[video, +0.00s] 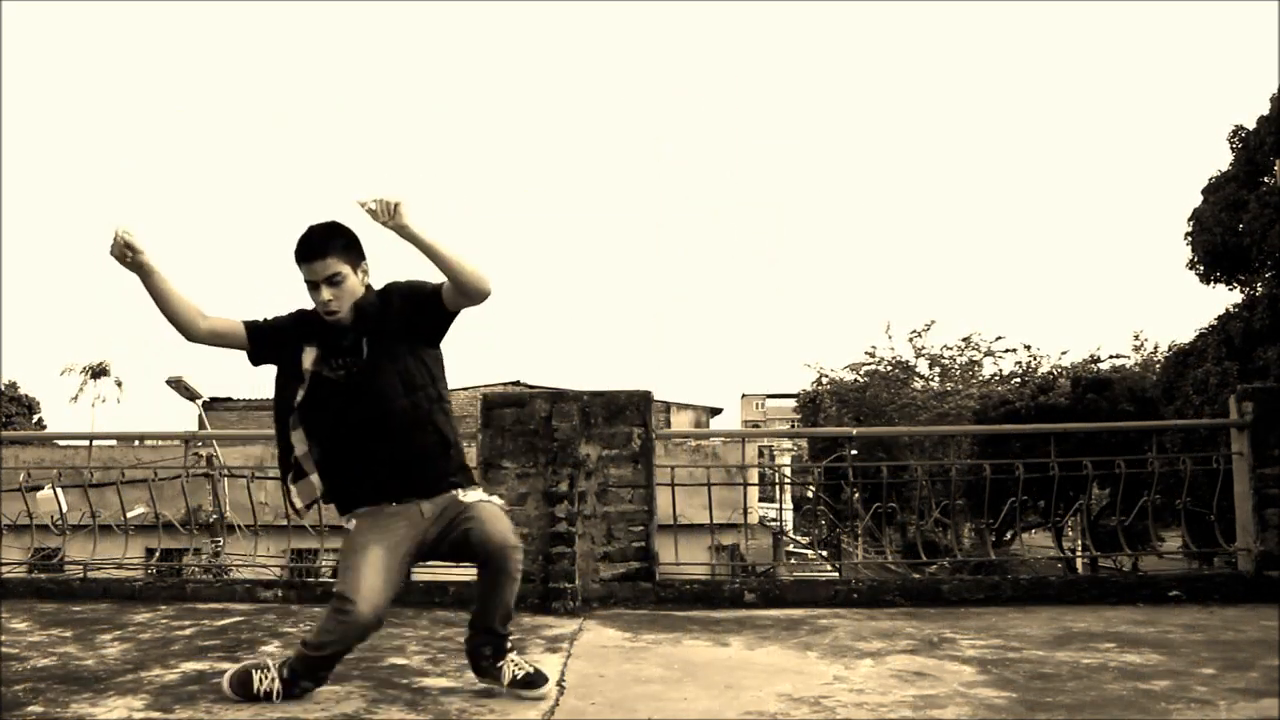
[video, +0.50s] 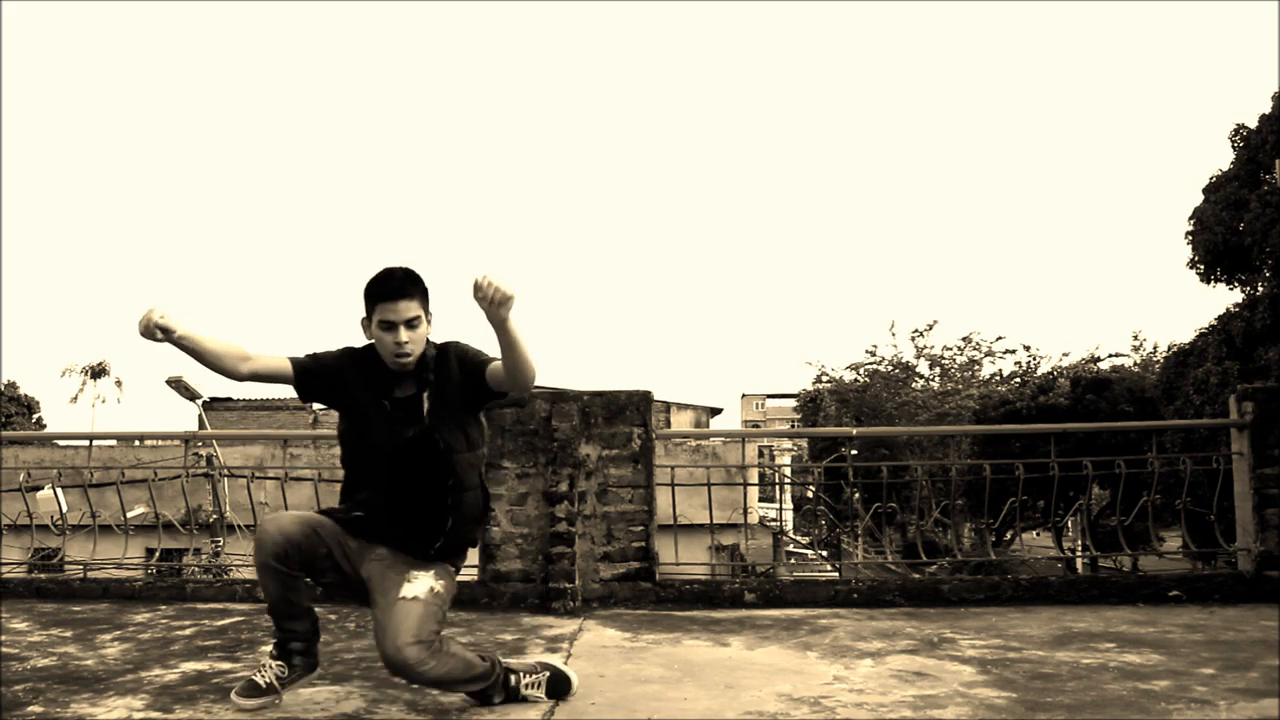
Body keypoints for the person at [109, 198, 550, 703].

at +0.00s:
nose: (324, 295)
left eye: (334, 281)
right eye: (313, 286)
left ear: (362, 271)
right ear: (303, 283)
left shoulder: (404, 305)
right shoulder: (295, 335)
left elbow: (475, 288)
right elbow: (198, 327)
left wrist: (409, 231)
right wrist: (144, 268)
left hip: (451, 497)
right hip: (377, 514)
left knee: (503, 541)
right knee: (360, 611)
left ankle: (490, 655)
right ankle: (292, 677)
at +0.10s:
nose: (363, 314)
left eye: (374, 300)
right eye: (354, 303)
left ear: (403, 294)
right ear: (346, 303)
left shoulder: (438, 334)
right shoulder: (334, 359)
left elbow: (509, 334)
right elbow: (228, 369)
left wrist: (446, 275)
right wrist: (181, 319)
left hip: (475, 532)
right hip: (411, 555)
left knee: (544, 543)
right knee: (424, 684)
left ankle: (523, 661)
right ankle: (310, 679)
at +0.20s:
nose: (398, 346)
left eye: (410, 332)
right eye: (386, 336)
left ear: (436, 332)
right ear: (376, 342)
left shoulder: (467, 378)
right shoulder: (361, 400)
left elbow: (540, 397)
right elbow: (264, 443)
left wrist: (486, 330)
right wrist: (214, 392)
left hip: (482, 559)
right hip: (419, 580)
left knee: (545, 549)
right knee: (424, 699)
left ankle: (523, 662)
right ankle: (308, 680)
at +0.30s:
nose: (420, 370)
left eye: (430, 354)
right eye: (407, 357)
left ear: (453, 349)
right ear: (392, 358)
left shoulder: (482, 396)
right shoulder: (374, 415)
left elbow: (558, 404)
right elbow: (281, 455)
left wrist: (506, 334)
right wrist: (231, 407)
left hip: (472, 572)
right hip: (410, 590)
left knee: (519, 562)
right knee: (404, 691)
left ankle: (520, 663)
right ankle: (301, 679)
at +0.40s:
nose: (419, 348)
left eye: (429, 335)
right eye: (405, 337)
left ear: (447, 333)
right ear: (388, 339)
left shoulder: (477, 379)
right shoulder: (363, 385)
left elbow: (541, 362)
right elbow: (264, 376)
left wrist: (505, 294)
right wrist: (206, 341)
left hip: (453, 563)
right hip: (377, 559)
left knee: (470, 606)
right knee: (323, 593)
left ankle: (511, 673)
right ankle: (298, 670)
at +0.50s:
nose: (402, 339)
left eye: (412, 324)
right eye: (389, 327)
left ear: (429, 321)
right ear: (369, 326)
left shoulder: (456, 367)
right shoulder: (347, 370)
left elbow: (521, 382)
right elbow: (245, 365)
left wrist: (502, 323)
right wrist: (176, 334)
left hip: (423, 558)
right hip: (354, 540)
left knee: (406, 656)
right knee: (276, 534)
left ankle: (503, 681)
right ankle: (296, 657)